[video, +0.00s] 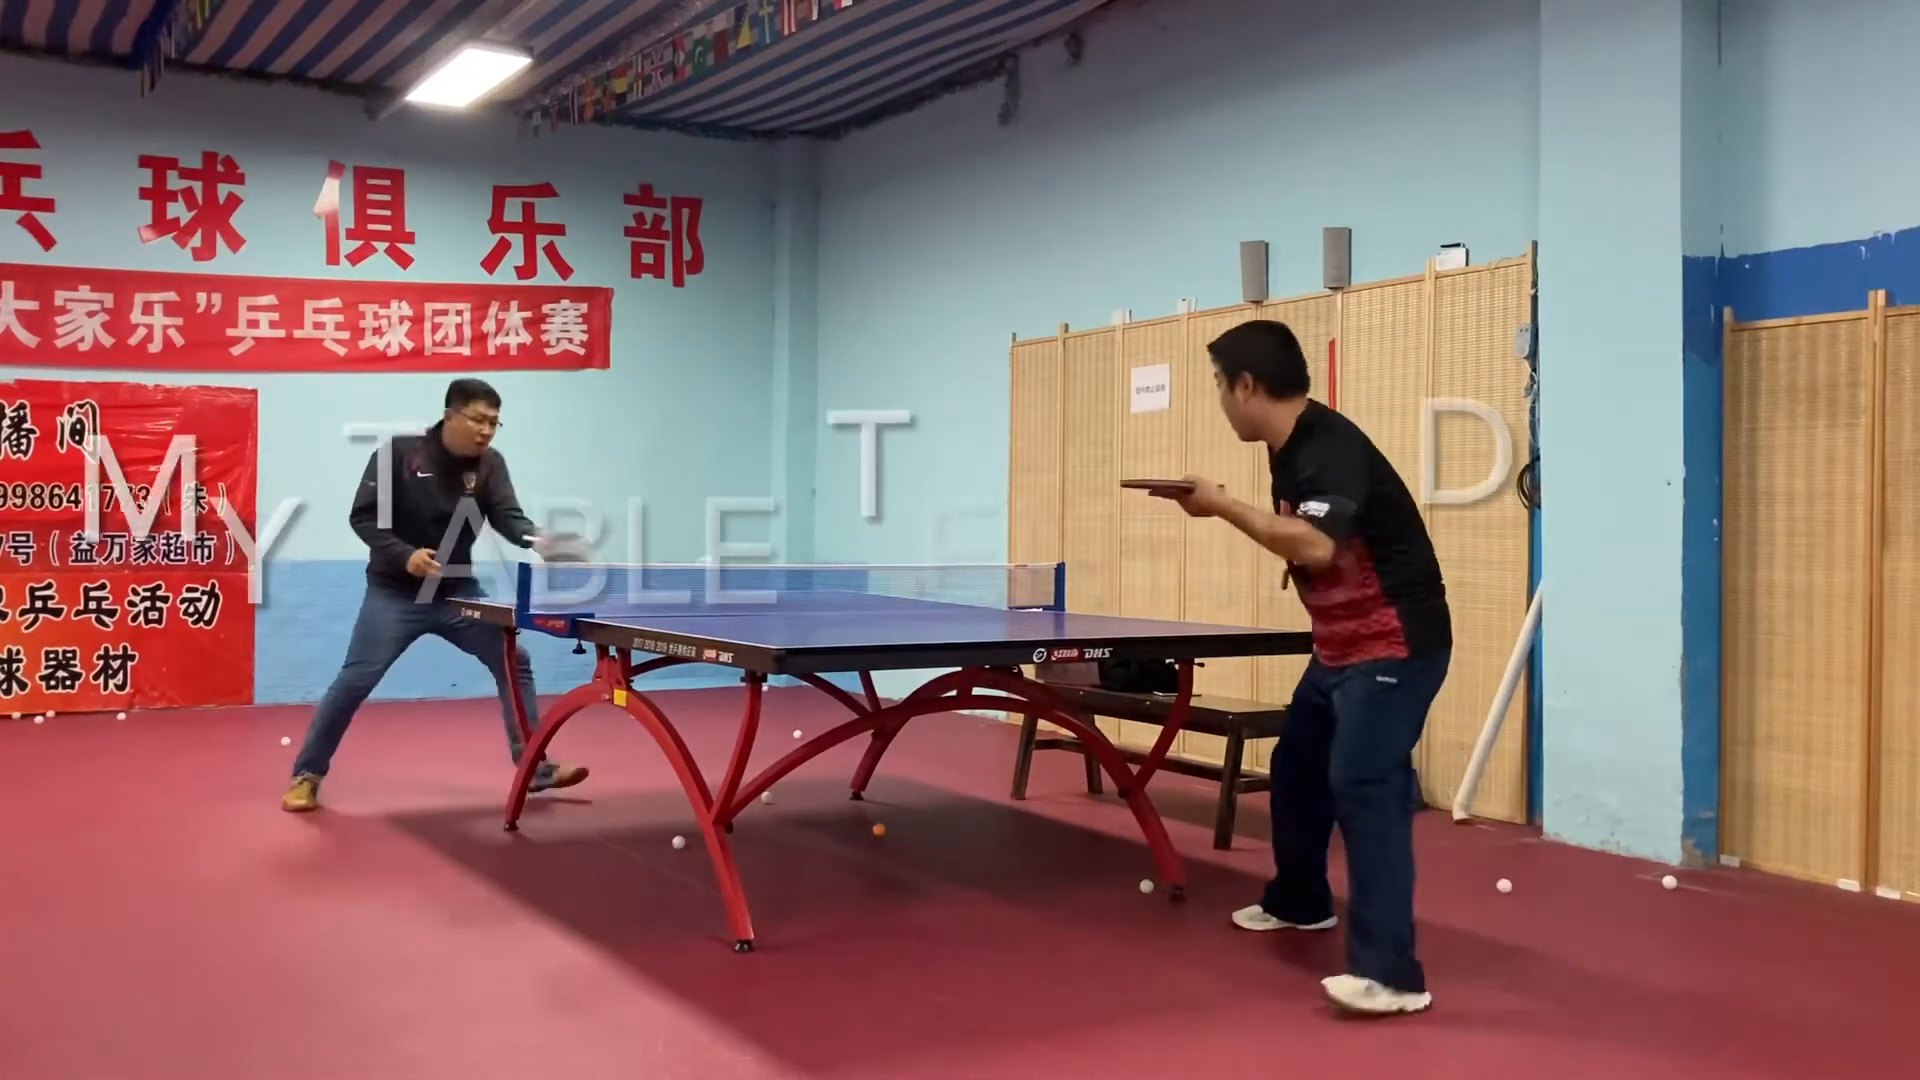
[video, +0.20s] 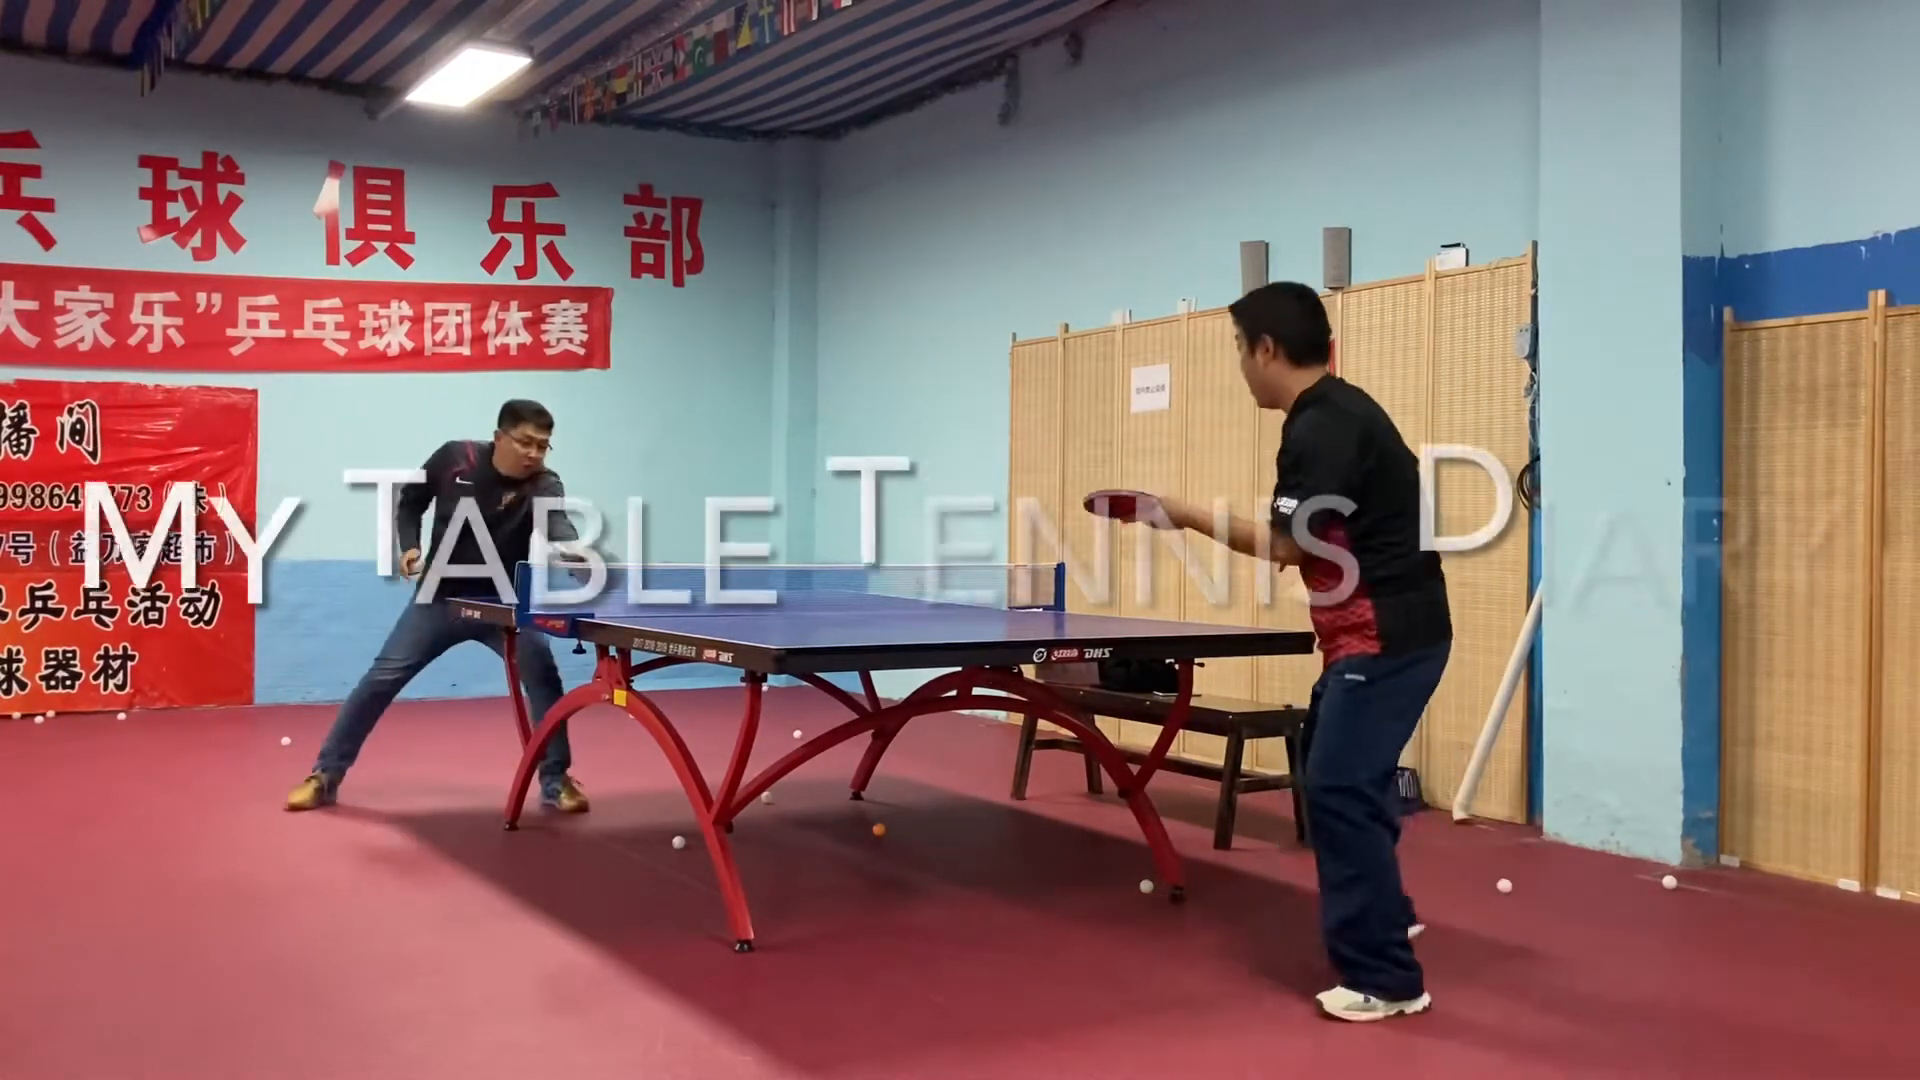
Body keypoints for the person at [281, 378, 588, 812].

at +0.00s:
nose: (487, 430)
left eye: (493, 423)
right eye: (478, 420)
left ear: (496, 425)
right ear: (450, 417)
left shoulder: (489, 464)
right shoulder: (398, 453)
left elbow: (507, 515)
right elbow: (363, 517)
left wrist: (536, 538)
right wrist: (404, 554)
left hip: (457, 594)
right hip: (394, 595)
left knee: (513, 659)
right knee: (358, 676)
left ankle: (534, 766)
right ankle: (307, 775)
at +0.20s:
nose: (534, 454)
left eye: (542, 446)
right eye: (526, 443)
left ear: (549, 446)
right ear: (500, 437)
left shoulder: (546, 486)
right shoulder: (456, 459)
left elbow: (561, 541)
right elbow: (410, 501)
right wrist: (409, 546)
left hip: (505, 609)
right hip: (441, 601)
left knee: (541, 667)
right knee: (381, 679)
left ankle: (556, 780)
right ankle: (325, 776)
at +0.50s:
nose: (538, 438)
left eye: (547, 430)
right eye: (529, 428)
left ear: (555, 431)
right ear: (506, 425)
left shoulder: (561, 480)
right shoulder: (471, 453)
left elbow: (569, 546)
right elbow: (439, 499)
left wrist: (552, 598)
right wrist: (425, 548)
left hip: (527, 602)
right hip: (462, 593)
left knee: (545, 668)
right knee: (405, 676)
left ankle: (557, 779)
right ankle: (382, 766)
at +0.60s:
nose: (525, 428)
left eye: (532, 419)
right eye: (515, 418)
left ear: (540, 422)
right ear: (491, 418)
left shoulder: (549, 470)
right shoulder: (454, 452)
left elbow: (564, 539)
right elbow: (414, 502)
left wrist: (547, 594)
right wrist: (411, 549)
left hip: (521, 597)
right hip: (457, 592)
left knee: (550, 671)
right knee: (411, 680)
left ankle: (563, 777)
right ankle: (401, 766)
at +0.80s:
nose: (516, 428)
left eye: (524, 420)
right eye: (506, 418)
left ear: (531, 424)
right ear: (484, 418)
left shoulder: (540, 470)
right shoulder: (446, 461)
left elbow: (576, 532)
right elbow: (409, 514)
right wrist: (401, 557)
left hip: (522, 601)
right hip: (456, 599)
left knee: (576, 668)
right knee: (410, 681)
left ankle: (598, 759)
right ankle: (399, 766)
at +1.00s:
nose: (558, 422)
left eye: (566, 415)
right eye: (548, 413)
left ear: (573, 419)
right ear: (527, 413)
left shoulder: (576, 465)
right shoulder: (485, 456)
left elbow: (598, 521)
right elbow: (446, 510)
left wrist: (620, 518)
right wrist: (460, 568)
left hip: (547, 587)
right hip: (484, 587)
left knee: (604, 650)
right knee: (443, 672)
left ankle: (610, 750)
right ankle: (404, 764)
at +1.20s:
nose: (580, 438)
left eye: (590, 431)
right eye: (572, 428)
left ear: (600, 435)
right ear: (555, 426)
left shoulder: (603, 483)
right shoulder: (517, 467)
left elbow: (618, 541)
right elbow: (477, 527)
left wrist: (615, 557)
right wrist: (500, 577)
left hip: (569, 596)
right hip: (507, 591)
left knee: (611, 660)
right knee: (467, 665)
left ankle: (613, 755)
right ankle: (420, 762)